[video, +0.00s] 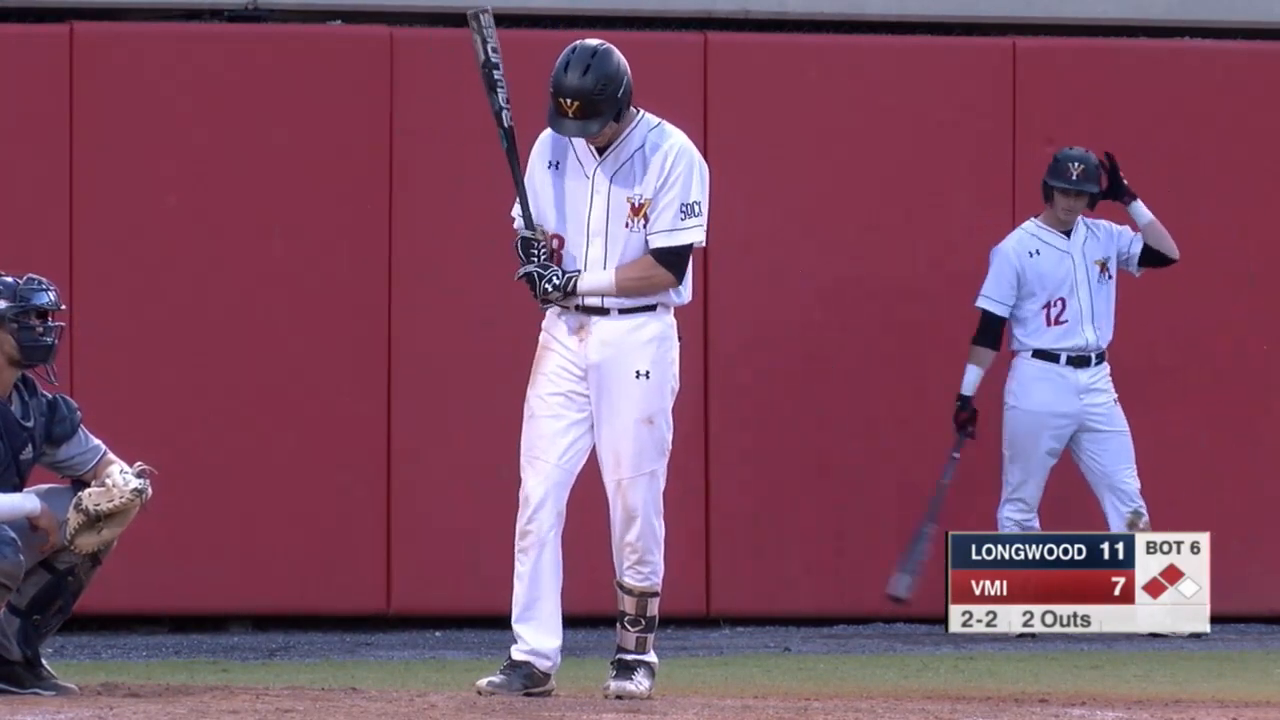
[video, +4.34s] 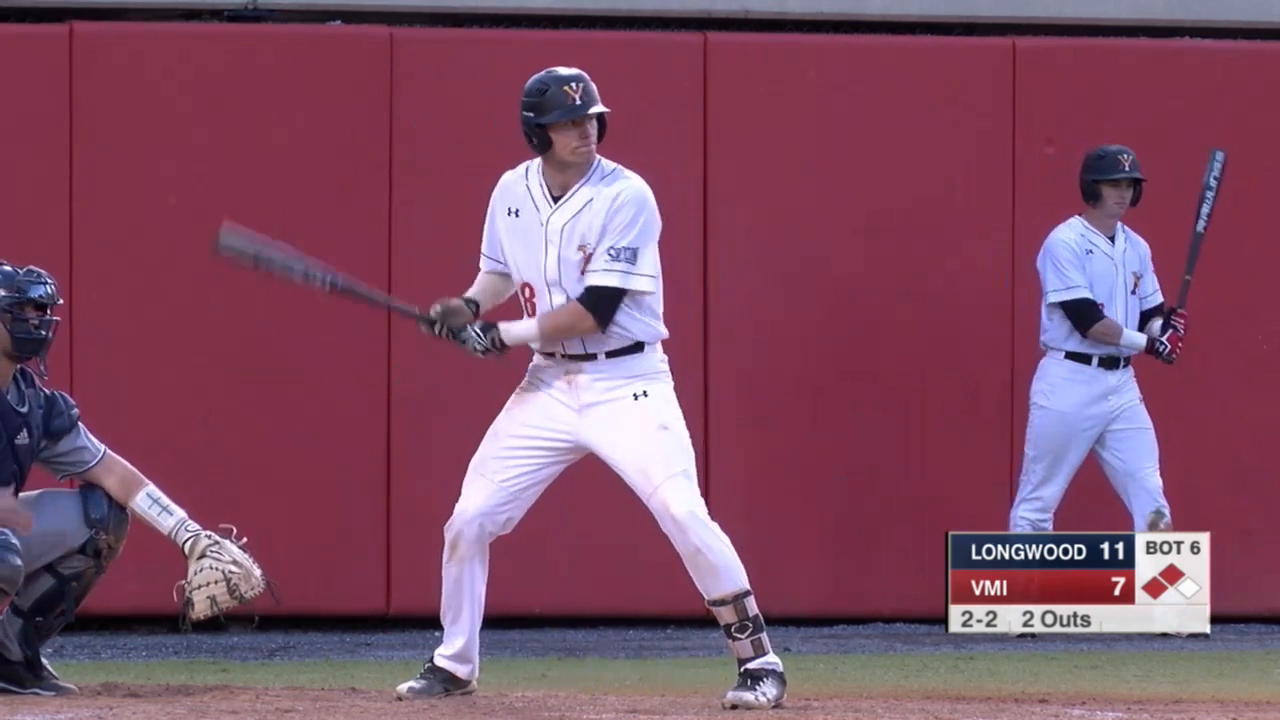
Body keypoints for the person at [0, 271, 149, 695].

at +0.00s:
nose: (37, 328)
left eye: (40, 318)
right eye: (23, 319)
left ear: (46, 325)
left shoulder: (38, 406)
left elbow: (97, 461)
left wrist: (125, 483)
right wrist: (26, 505)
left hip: (9, 523)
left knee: (97, 510)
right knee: (12, 544)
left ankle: (15, 651)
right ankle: (8, 652)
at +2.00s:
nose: (40, 332)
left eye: (43, 323)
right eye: (28, 320)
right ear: (1, 323)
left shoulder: (34, 403)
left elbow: (102, 467)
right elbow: (8, 492)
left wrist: (151, 497)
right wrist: (59, 475)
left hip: (12, 532)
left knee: (95, 513)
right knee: (10, 559)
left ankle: (15, 652)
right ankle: (10, 653)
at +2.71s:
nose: (26, 339)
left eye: (34, 330)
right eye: (16, 327)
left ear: (43, 335)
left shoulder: (34, 405)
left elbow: (105, 468)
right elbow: (5, 496)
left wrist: (167, 500)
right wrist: (37, 502)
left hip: (5, 528)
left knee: (95, 511)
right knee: (7, 556)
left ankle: (13, 651)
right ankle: (9, 653)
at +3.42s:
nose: (29, 325)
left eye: (35, 315)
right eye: (18, 314)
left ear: (42, 321)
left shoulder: (36, 404)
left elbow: (108, 468)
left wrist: (179, 506)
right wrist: (9, 459)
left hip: (6, 528)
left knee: (98, 515)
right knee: (7, 561)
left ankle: (14, 651)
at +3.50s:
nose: (29, 325)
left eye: (34, 315)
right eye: (17, 314)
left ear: (41, 321)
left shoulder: (23, 395)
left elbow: (107, 466)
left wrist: (183, 512)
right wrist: (21, 427)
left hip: (5, 528)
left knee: (98, 515)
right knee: (8, 561)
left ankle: (14, 651)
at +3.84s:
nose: (30, 322)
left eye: (36, 312)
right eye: (19, 311)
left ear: (43, 318)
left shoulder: (33, 401)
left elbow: (106, 469)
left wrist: (188, 531)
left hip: (9, 528)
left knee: (97, 513)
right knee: (7, 563)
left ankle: (14, 652)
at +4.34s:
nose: (32, 322)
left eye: (38, 312)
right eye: (19, 311)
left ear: (47, 317)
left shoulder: (37, 404)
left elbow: (115, 474)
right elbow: (8, 511)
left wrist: (191, 536)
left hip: (3, 527)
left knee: (100, 514)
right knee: (6, 558)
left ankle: (13, 652)